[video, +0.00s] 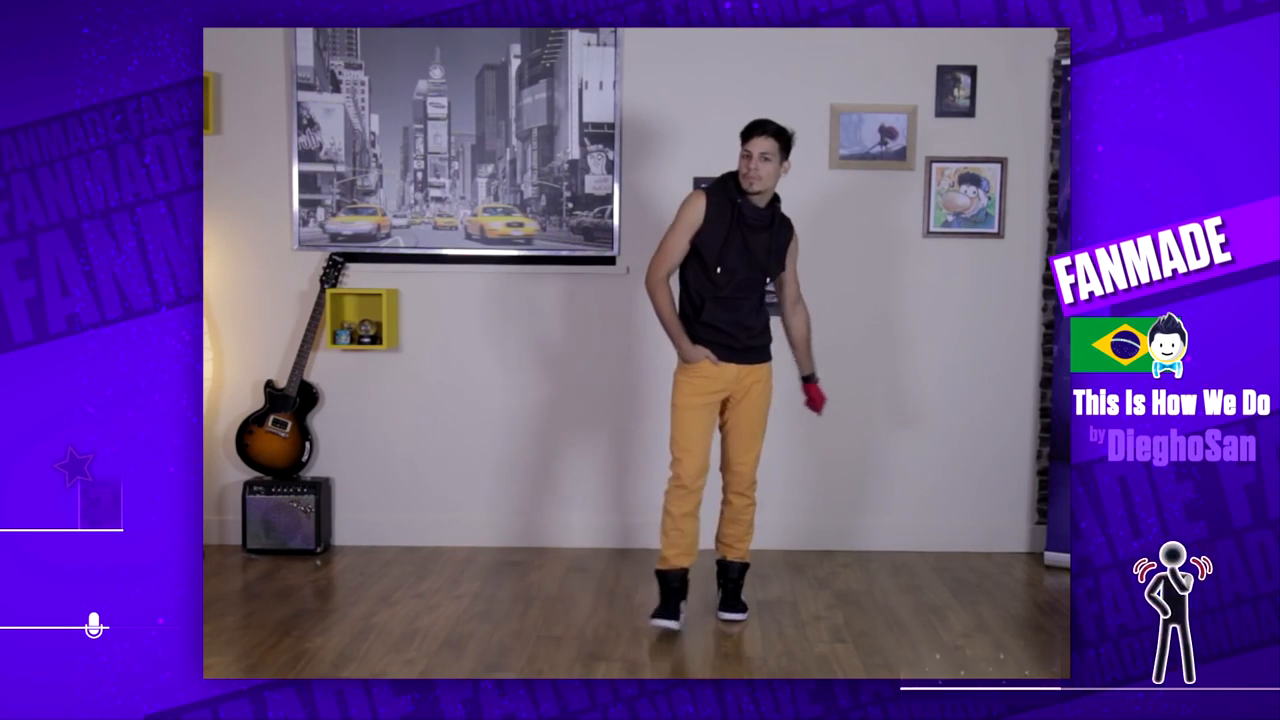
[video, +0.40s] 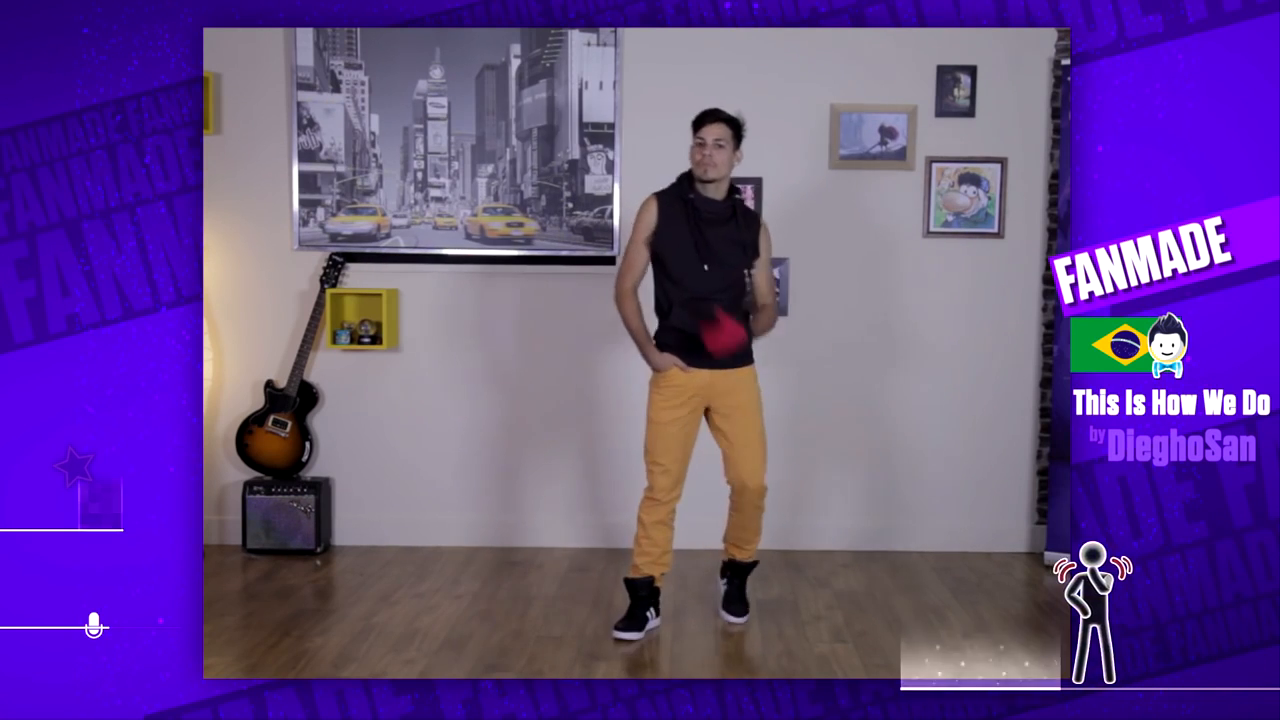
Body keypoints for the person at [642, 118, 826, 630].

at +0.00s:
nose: (752, 166)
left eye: (764, 158)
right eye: (746, 155)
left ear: (783, 168)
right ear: (737, 159)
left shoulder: (783, 231)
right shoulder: (704, 204)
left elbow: (793, 305)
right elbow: (656, 276)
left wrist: (808, 375)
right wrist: (684, 347)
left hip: (754, 371)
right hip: (700, 366)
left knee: (741, 481)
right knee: (686, 478)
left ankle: (731, 587)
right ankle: (672, 592)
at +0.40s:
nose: (707, 153)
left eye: (719, 145)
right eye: (700, 144)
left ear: (736, 155)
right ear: (690, 151)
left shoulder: (753, 226)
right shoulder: (658, 209)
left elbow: (767, 307)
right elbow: (625, 289)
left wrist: (747, 331)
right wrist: (650, 352)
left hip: (736, 376)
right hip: (677, 374)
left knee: (751, 483)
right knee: (661, 488)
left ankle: (737, 579)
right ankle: (643, 597)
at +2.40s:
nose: (712, 163)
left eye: (722, 151)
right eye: (705, 155)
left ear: (749, 150)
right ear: (700, 160)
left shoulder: (777, 205)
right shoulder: (708, 209)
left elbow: (758, 280)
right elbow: (700, 287)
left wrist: (717, 221)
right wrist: (678, 339)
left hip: (757, 381)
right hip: (697, 377)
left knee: (775, 498)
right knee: (674, 494)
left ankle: (793, 605)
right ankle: (654, 602)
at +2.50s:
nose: (720, 172)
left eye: (730, 161)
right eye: (714, 162)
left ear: (760, 158)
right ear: (710, 163)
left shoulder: (791, 216)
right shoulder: (701, 220)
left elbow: (774, 289)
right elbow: (684, 296)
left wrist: (731, 231)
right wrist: (676, 350)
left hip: (764, 381)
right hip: (701, 378)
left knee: (778, 498)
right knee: (676, 495)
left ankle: (794, 605)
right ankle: (654, 602)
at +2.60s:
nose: (725, 178)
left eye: (736, 168)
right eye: (720, 168)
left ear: (765, 165)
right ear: (714, 165)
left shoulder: (791, 221)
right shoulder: (695, 218)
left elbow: (779, 294)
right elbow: (669, 296)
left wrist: (735, 236)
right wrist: (675, 355)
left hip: (765, 381)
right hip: (702, 377)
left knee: (777, 497)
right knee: (674, 495)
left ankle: (794, 606)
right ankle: (654, 602)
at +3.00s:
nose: (698, 163)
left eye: (710, 155)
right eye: (693, 153)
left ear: (735, 162)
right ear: (687, 156)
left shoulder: (744, 225)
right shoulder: (660, 208)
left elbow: (749, 303)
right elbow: (618, 290)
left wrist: (718, 239)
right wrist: (646, 361)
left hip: (732, 379)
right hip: (670, 379)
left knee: (755, 495)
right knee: (656, 495)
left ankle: (778, 604)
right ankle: (642, 601)